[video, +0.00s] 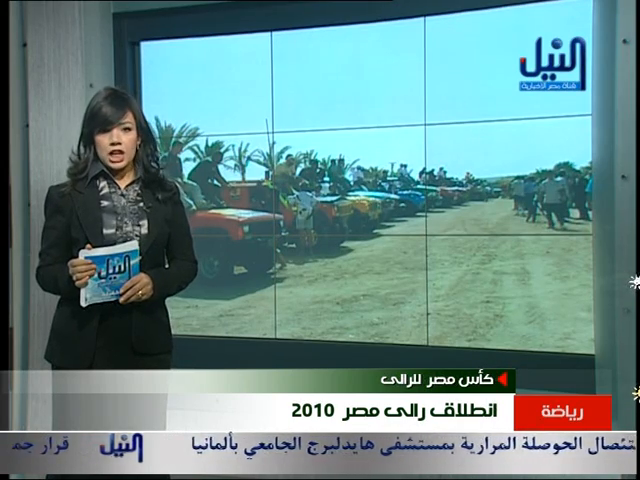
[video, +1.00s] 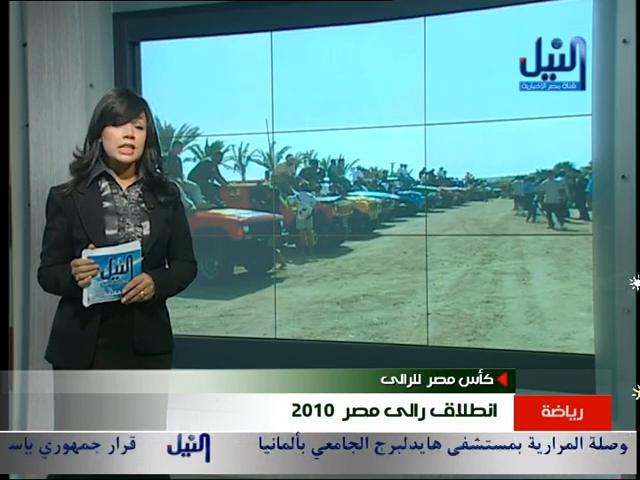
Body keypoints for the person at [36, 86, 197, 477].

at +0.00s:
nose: (116, 140)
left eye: (126, 129)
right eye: (105, 130)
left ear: (140, 136)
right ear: (91, 138)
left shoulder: (164, 194)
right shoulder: (65, 197)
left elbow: (186, 265)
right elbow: (46, 272)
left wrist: (156, 281)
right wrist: (69, 275)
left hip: (145, 348)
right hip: (81, 349)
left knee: (145, 451)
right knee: (78, 452)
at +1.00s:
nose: (129, 134)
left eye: (138, 126)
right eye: (119, 125)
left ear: (148, 137)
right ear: (99, 134)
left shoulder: (166, 195)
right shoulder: (67, 197)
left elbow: (185, 265)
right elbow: (48, 273)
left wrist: (158, 281)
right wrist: (72, 275)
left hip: (146, 348)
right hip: (82, 349)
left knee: (145, 452)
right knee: (78, 452)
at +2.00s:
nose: (125, 135)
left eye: (135, 125)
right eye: (114, 127)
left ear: (148, 134)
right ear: (100, 137)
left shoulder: (170, 196)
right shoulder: (72, 198)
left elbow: (189, 266)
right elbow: (52, 272)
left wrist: (162, 282)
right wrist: (76, 275)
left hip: (150, 348)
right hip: (85, 348)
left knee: (149, 452)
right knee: (83, 452)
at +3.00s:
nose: (123, 140)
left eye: (132, 129)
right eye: (112, 130)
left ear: (146, 137)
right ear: (98, 139)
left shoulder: (169, 197)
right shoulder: (71, 198)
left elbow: (190, 268)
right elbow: (52, 273)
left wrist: (160, 282)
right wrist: (74, 275)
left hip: (150, 349)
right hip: (85, 350)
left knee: (150, 452)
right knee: (83, 452)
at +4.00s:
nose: (130, 133)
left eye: (139, 125)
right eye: (120, 124)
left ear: (151, 135)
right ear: (102, 135)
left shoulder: (170, 197)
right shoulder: (71, 197)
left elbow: (189, 267)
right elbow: (52, 273)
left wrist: (161, 282)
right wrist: (76, 275)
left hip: (151, 349)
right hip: (86, 349)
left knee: (151, 451)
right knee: (83, 452)